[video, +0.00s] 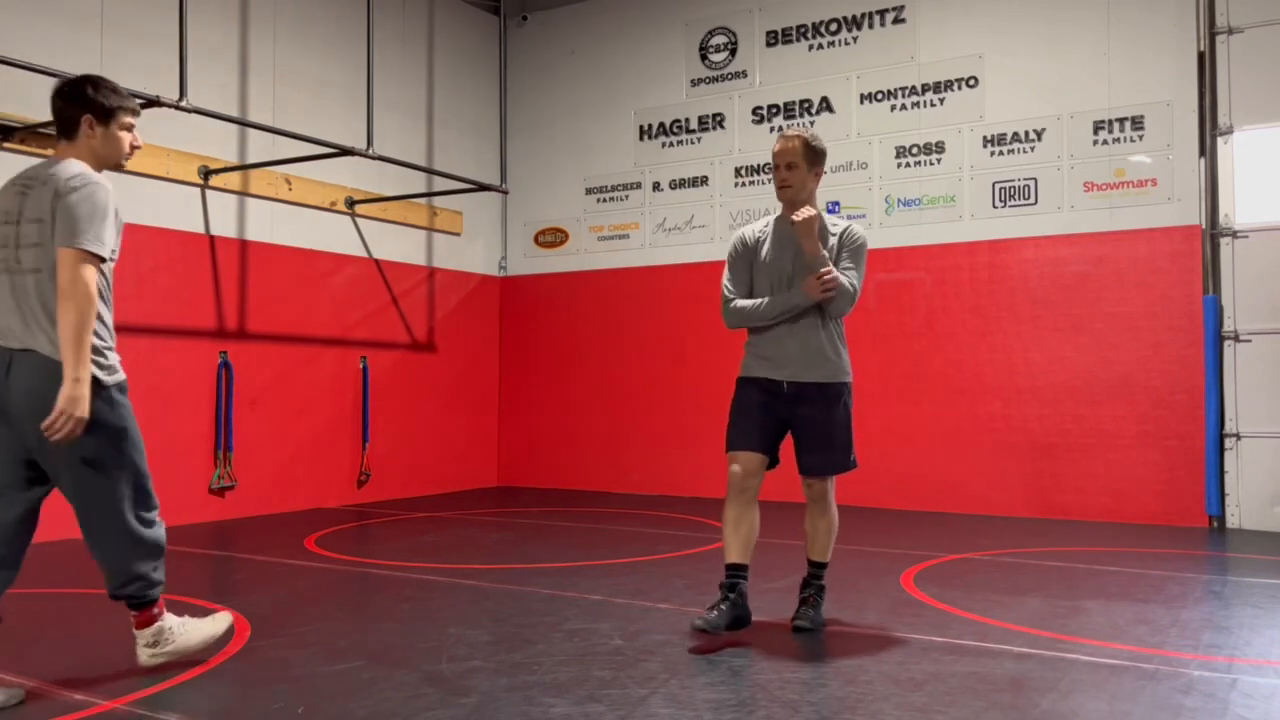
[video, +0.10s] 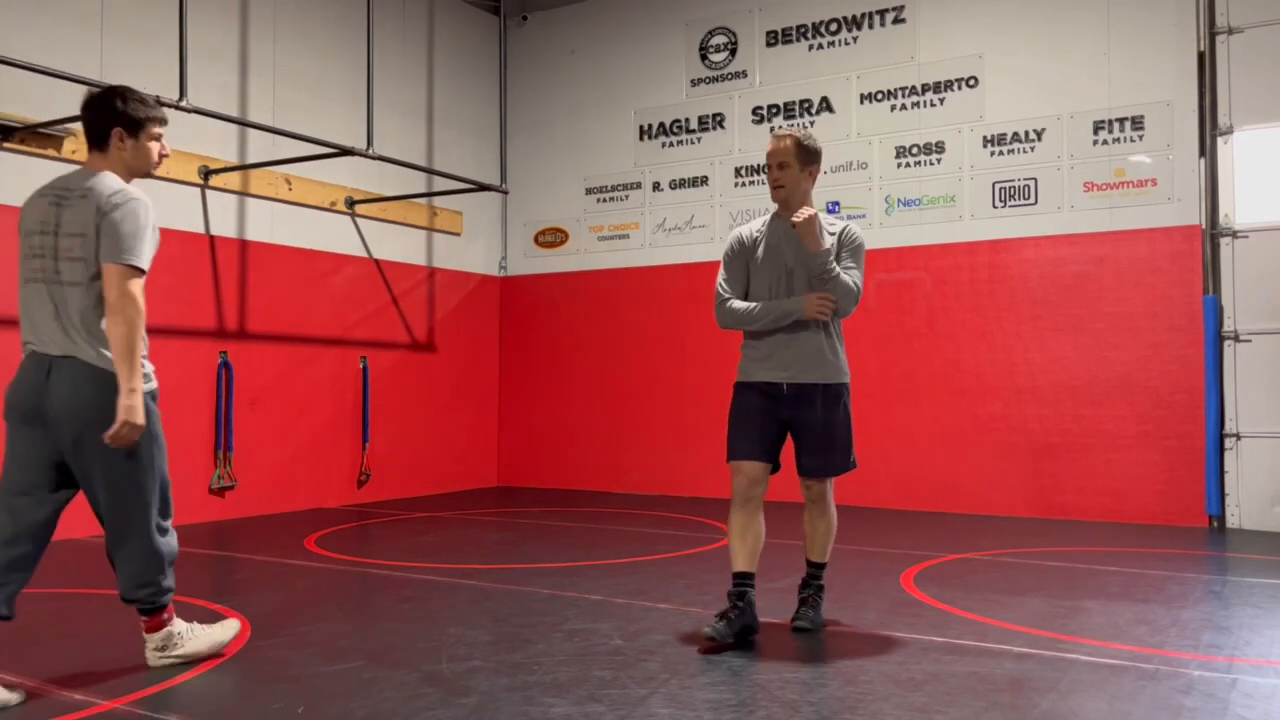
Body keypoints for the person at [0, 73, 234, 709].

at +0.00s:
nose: (135, 141)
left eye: (136, 130)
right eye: (128, 128)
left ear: (80, 128)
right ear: (89, 125)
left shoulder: (15, 185)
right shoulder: (85, 186)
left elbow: (15, 275)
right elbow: (76, 278)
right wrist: (76, 374)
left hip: (10, 369)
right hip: (66, 372)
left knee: (6, 520)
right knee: (122, 496)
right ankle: (153, 627)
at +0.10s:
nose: (163, 151)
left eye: (164, 139)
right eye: (156, 139)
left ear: (100, 140)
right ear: (120, 138)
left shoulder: (39, 199)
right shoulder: (125, 202)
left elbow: (40, 290)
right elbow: (121, 298)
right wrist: (131, 388)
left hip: (35, 379)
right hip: (101, 382)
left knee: (16, 523)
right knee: (141, 509)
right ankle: (162, 630)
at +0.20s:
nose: (194, 154)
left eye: (194, 142)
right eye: (186, 142)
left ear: (135, 145)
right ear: (151, 143)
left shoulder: (70, 202)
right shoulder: (160, 207)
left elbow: (76, 286)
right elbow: (174, 300)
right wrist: (192, 388)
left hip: (73, 377)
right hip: (137, 382)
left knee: (54, 506)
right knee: (160, 506)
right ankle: (169, 630)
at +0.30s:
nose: (219, 156)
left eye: (219, 144)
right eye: (213, 144)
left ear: (162, 145)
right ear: (180, 144)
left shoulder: (99, 203)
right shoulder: (192, 208)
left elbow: (93, 294)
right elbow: (221, 300)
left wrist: (109, 359)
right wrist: (251, 380)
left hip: (109, 373)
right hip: (171, 378)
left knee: (111, 496)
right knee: (181, 503)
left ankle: (32, 596)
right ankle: (171, 631)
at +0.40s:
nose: (242, 159)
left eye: (242, 147)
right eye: (237, 147)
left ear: (189, 148)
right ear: (203, 147)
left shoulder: (127, 206)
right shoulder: (217, 211)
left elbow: (116, 297)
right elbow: (252, 298)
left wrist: (123, 369)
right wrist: (300, 369)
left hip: (137, 373)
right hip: (195, 376)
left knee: (152, 490)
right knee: (197, 497)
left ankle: (87, 582)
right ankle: (173, 630)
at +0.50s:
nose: (264, 162)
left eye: (264, 152)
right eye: (257, 151)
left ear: (213, 151)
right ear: (225, 149)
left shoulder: (152, 211)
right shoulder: (236, 212)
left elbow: (142, 302)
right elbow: (274, 293)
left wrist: (151, 369)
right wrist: (330, 350)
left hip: (163, 373)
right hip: (214, 376)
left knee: (196, 485)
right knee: (219, 493)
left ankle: (154, 585)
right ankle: (174, 627)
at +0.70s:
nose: (307, 173)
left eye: (307, 163)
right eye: (300, 163)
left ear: (254, 167)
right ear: (266, 164)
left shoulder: (204, 225)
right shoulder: (268, 219)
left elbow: (203, 304)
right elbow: (293, 297)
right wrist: (347, 354)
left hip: (214, 376)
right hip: (252, 378)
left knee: (269, 486)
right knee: (234, 492)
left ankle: (292, 590)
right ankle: (178, 622)